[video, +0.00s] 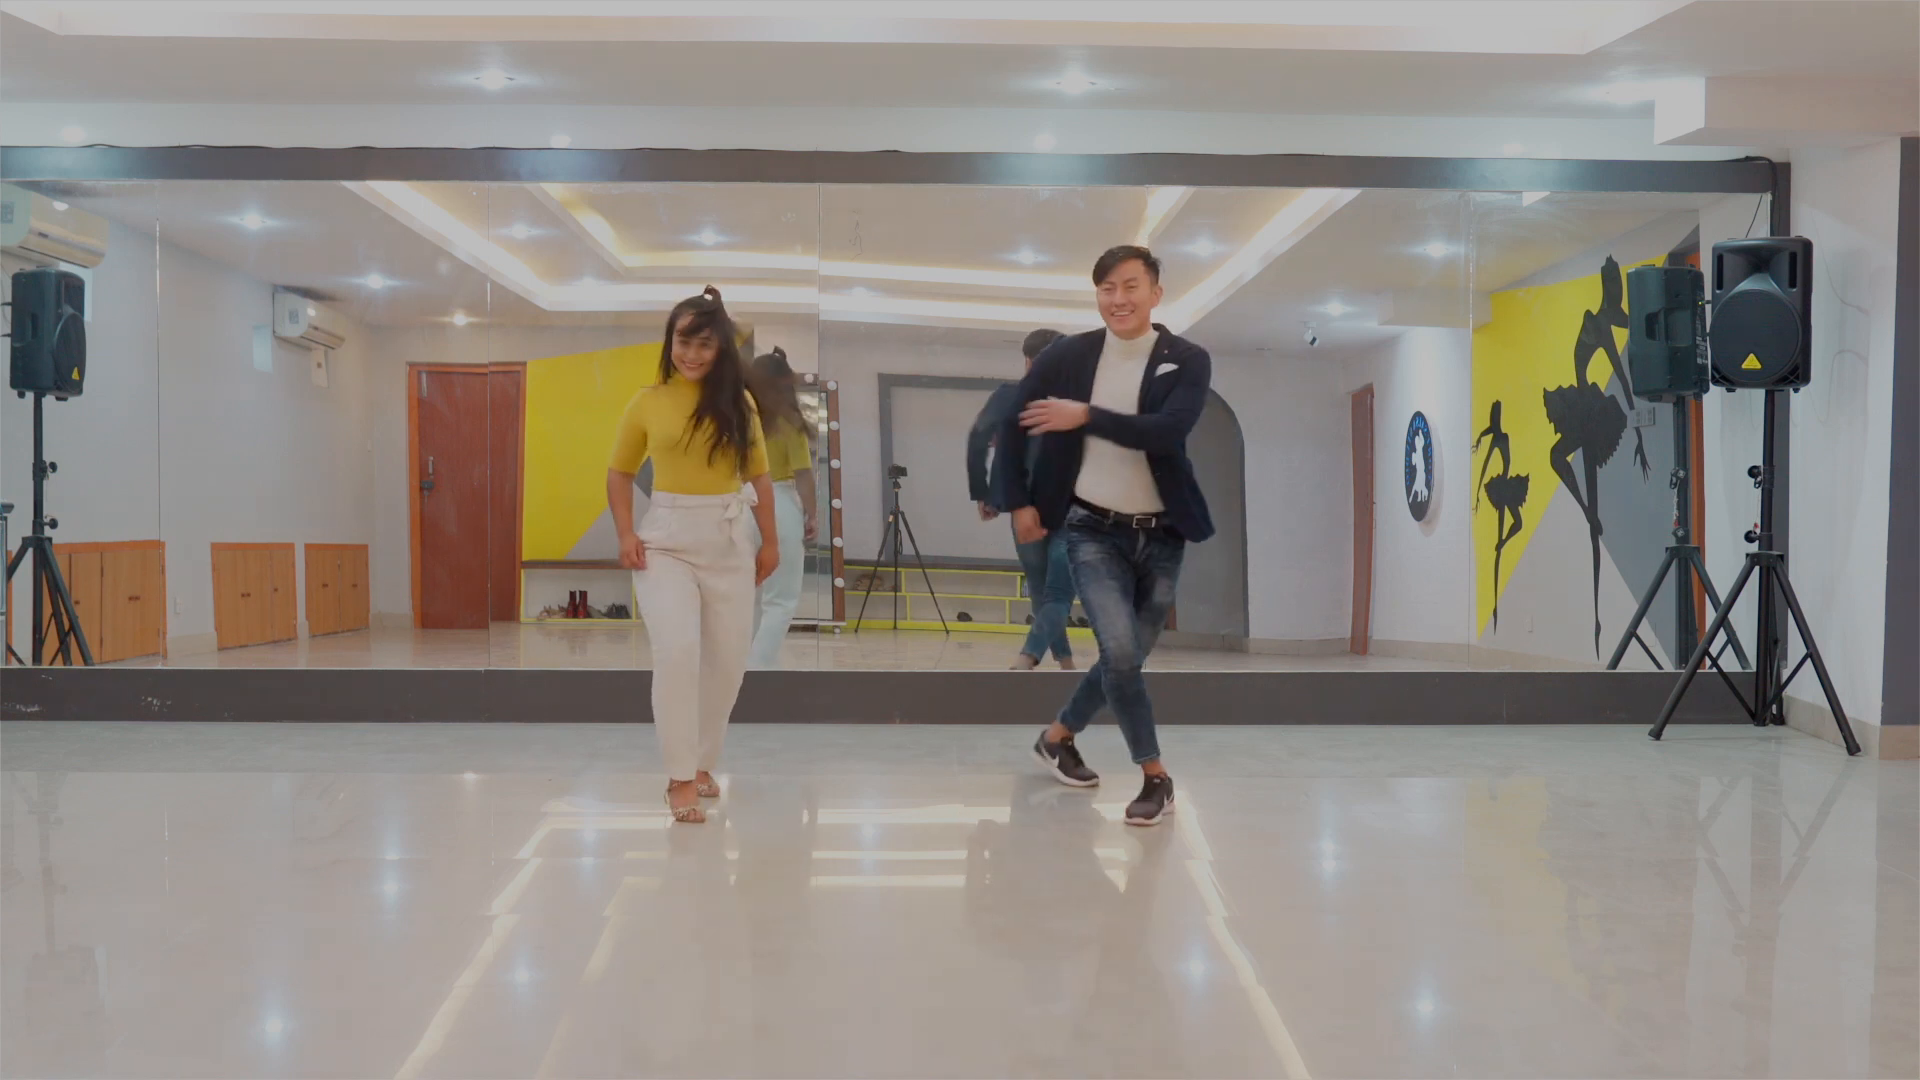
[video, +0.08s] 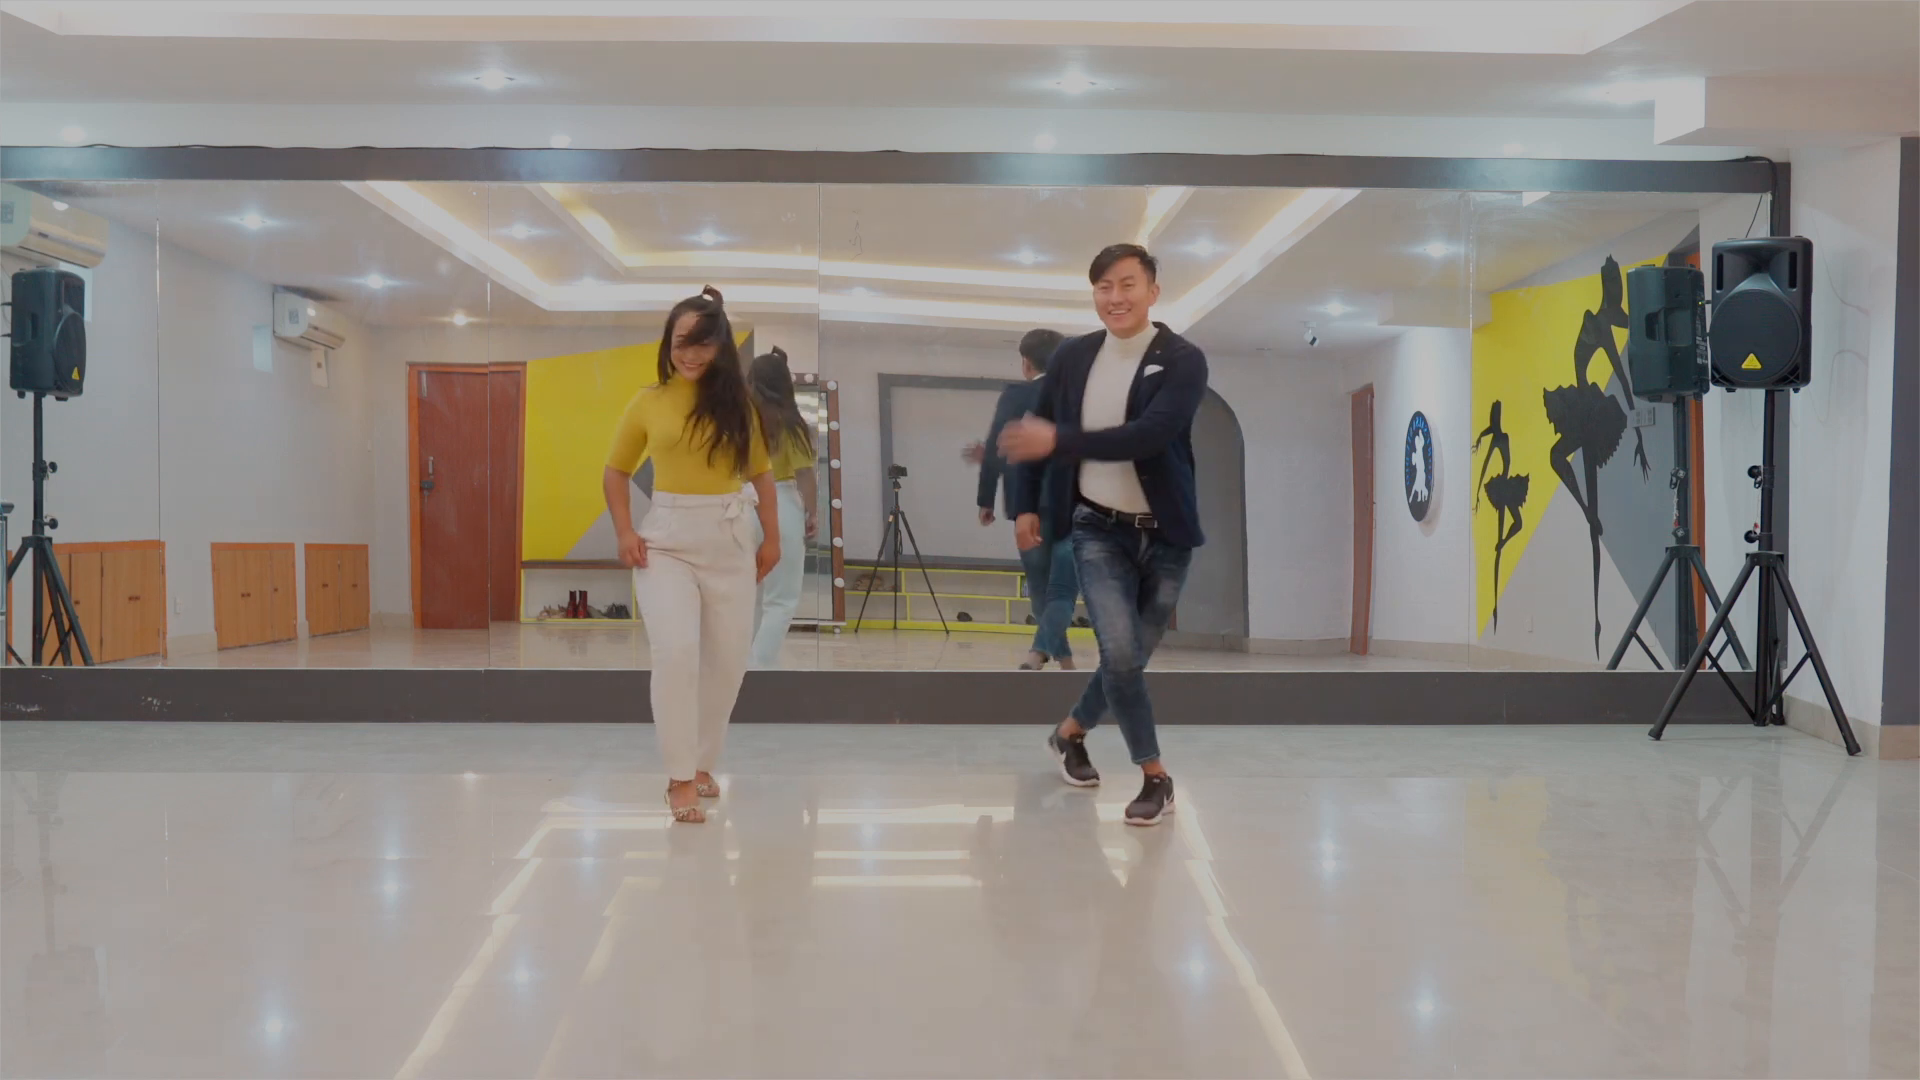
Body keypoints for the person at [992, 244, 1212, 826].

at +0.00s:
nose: (1119, 298)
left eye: (1131, 285)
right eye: (1109, 288)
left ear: (1157, 292)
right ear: (1096, 298)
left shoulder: (1187, 359)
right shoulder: (1065, 356)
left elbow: (1169, 431)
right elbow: (1010, 429)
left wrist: (1086, 416)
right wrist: (1019, 502)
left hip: (1161, 530)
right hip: (1091, 525)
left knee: (1129, 655)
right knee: (1119, 651)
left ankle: (1059, 734)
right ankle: (1155, 775)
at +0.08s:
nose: (1115, 296)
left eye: (1127, 284)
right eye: (1104, 287)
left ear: (1153, 291)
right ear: (1093, 296)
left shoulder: (1184, 359)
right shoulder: (1071, 357)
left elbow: (1152, 436)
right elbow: (1036, 436)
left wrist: (1059, 439)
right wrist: (1025, 506)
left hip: (1165, 529)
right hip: (1095, 524)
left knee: (1133, 656)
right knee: (1119, 653)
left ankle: (1071, 730)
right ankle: (1155, 775)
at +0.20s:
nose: (1110, 292)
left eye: (1123, 279)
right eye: (1100, 282)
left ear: (1149, 286)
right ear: (1090, 291)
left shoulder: (1176, 352)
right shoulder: (1081, 357)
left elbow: (1142, 438)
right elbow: (1067, 435)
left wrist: (1065, 499)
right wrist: (1041, 495)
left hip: (1168, 527)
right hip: (1099, 522)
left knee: (1143, 660)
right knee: (1119, 655)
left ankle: (1097, 728)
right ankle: (1155, 776)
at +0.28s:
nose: (1109, 286)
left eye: (1121, 274)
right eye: (1098, 276)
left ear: (1147, 281)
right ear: (1087, 288)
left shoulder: (1170, 348)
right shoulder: (1082, 352)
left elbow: (1162, 444)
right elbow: (1080, 425)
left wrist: (1101, 515)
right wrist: (1059, 467)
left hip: (1170, 521)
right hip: (1102, 519)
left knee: (1163, 667)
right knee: (1122, 652)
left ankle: (1122, 724)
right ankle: (1155, 775)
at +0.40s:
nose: (1105, 279)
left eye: (1118, 266)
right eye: (1094, 269)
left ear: (1144, 274)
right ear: (1083, 280)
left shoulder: (1168, 345)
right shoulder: (1079, 345)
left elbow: (1221, 425)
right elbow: (1077, 418)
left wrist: (1171, 491)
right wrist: (1063, 437)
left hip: (1164, 515)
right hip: (1100, 514)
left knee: (1158, 636)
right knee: (1119, 647)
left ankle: (1184, 683)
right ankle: (1155, 776)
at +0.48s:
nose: (1105, 275)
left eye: (1117, 262)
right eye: (1094, 265)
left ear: (1143, 270)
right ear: (1083, 275)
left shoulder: (1174, 337)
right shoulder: (1080, 341)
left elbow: (1250, 391)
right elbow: (1074, 406)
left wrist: (1213, 465)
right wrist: (1050, 404)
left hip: (1160, 502)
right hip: (1102, 507)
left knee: (1107, 598)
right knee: (1123, 644)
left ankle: (1201, 648)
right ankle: (1166, 777)